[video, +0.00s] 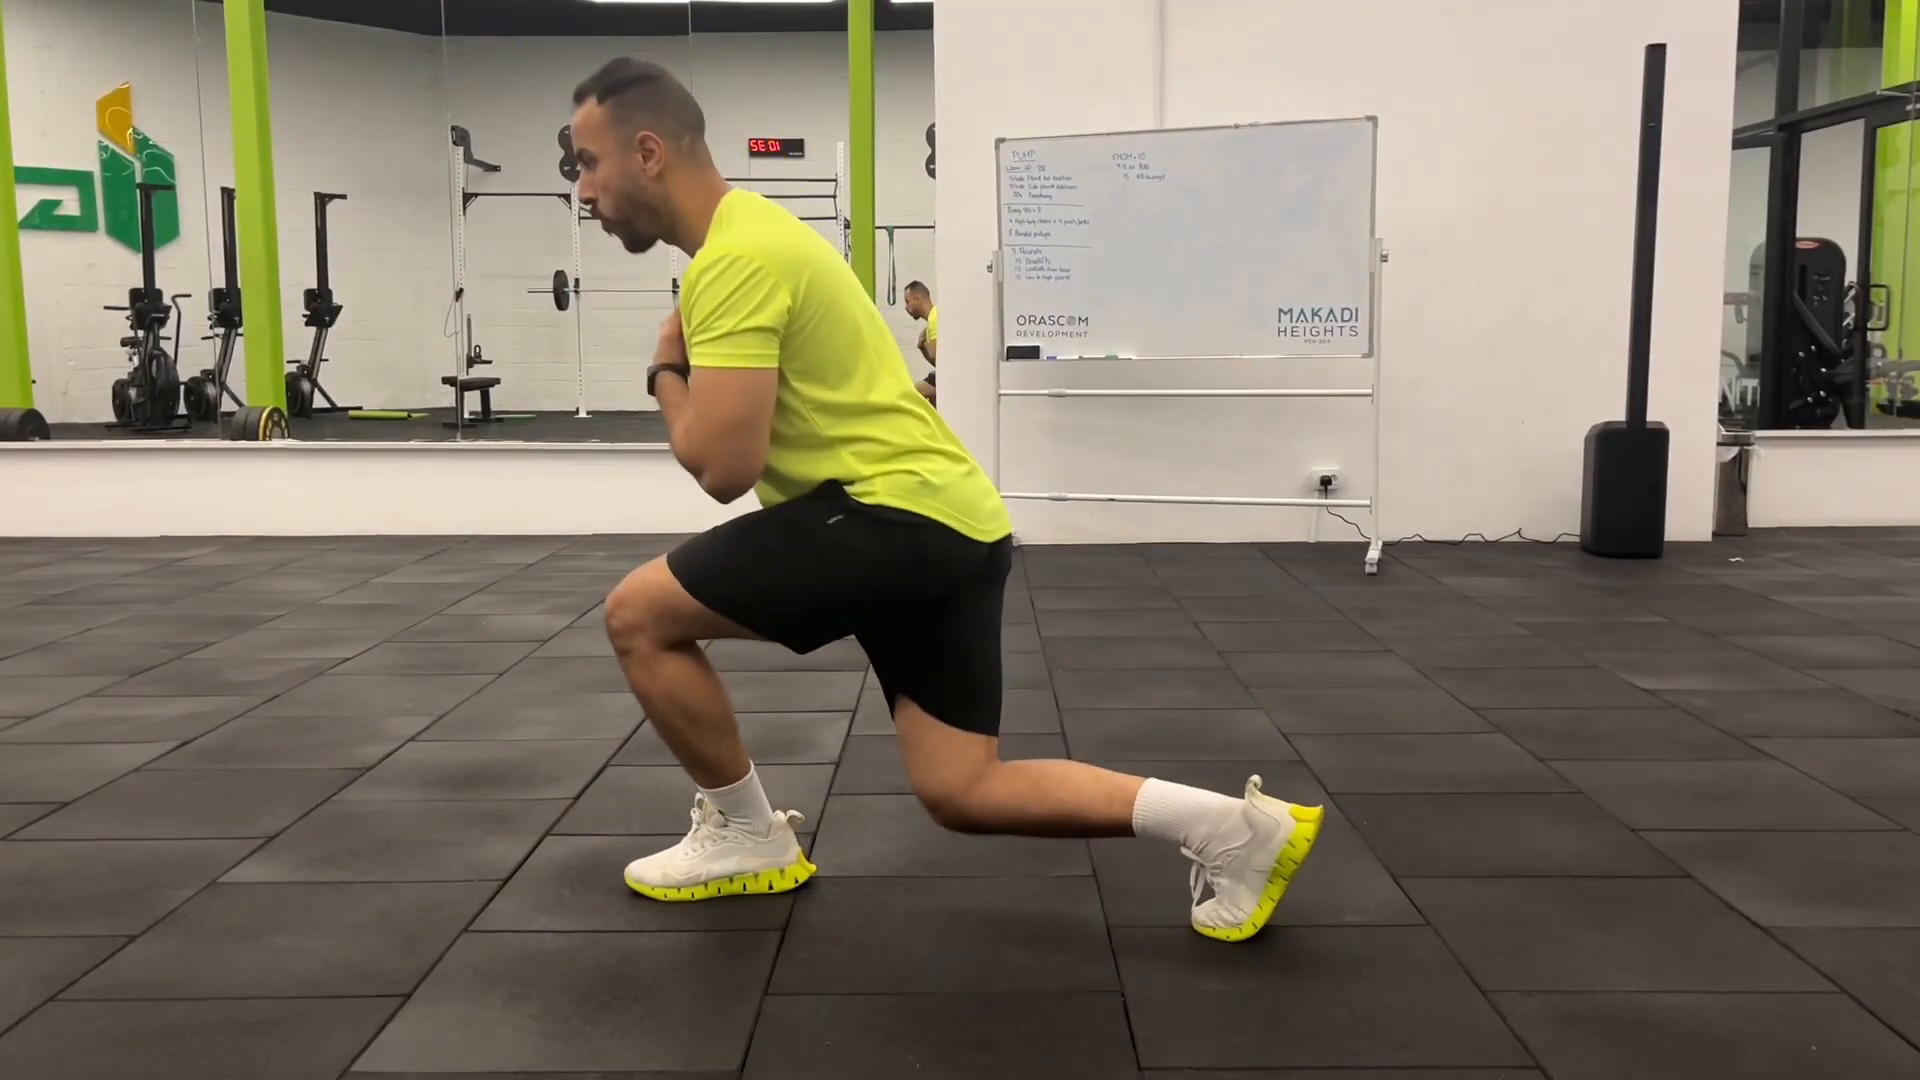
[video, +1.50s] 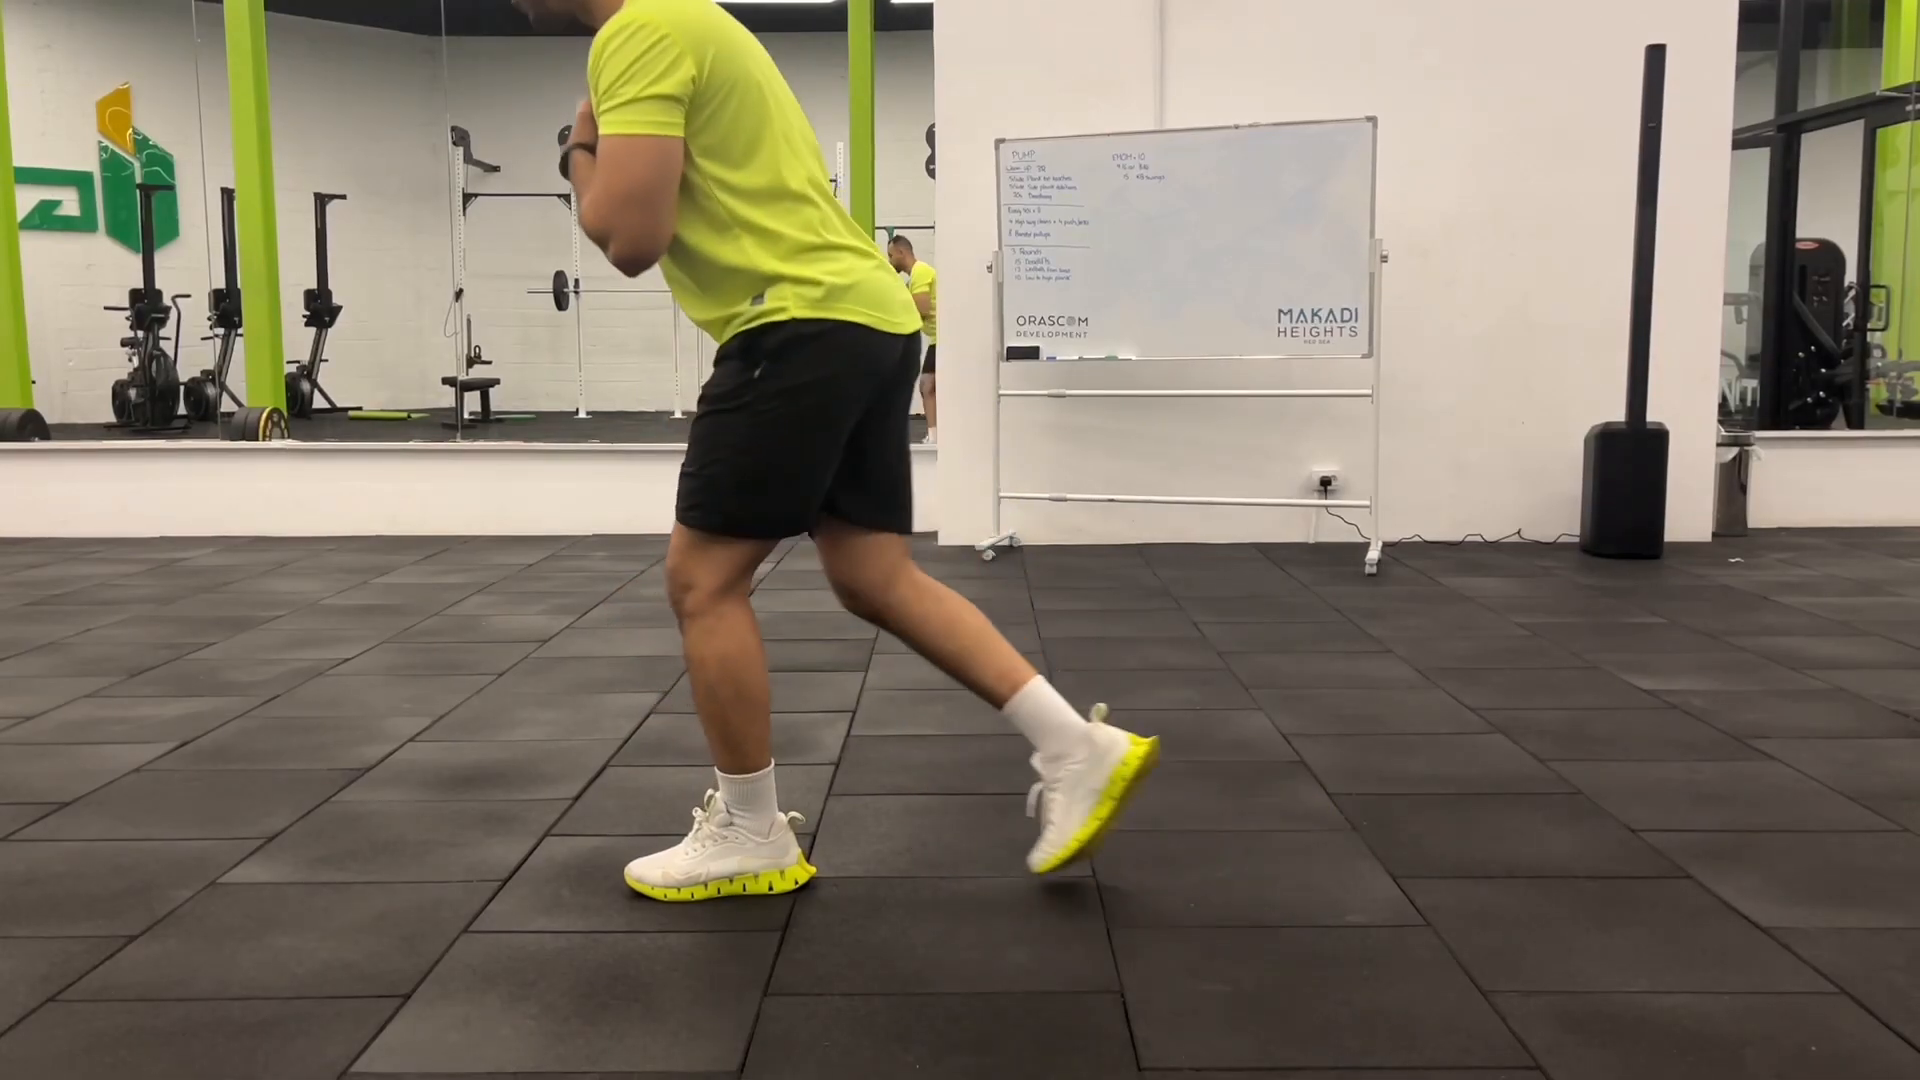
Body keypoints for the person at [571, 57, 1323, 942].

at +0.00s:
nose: (578, 193)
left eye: (585, 164)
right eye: (573, 168)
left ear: (649, 152)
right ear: (658, 154)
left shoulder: (741, 253)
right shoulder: (758, 237)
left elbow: (724, 465)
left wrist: (666, 379)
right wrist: (693, 383)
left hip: (887, 514)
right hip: (951, 518)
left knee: (640, 616)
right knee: (959, 787)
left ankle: (745, 834)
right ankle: (1232, 828)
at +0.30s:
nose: (619, 210)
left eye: (627, 184)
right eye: (616, 187)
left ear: (689, 178)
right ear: (696, 178)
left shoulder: (773, 286)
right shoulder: (800, 266)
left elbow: (741, 497)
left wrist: (691, 397)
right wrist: (722, 401)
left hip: (899, 551)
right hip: (965, 558)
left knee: (641, 616)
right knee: (949, 825)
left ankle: (745, 836)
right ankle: (1216, 823)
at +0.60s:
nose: (640, 210)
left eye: (649, 184)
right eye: (639, 186)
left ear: (710, 179)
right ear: (714, 179)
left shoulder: (788, 289)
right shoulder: (827, 270)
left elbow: (750, 498)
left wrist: (707, 394)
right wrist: (735, 400)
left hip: (904, 560)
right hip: (975, 568)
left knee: (647, 613)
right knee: (950, 830)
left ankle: (744, 833)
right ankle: (1216, 820)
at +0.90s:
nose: (629, 190)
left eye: (637, 163)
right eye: (627, 166)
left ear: (699, 157)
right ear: (705, 157)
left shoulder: (777, 262)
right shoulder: (811, 245)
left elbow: (745, 470)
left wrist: (703, 380)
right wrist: (728, 390)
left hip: (907, 530)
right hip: (975, 542)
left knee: (652, 610)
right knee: (958, 808)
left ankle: (745, 833)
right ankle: (1228, 822)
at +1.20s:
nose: (555, 100)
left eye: (557, 71)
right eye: (548, 76)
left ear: (617, 54)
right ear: (630, 57)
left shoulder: (702, 148)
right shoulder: (738, 135)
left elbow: (697, 358)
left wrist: (643, 279)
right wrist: (672, 282)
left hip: (869, 418)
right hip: (943, 417)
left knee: (668, 597)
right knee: (974, 674)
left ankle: (748, 834)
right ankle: (1227, 818)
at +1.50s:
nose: (527, 12)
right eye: (519, 2)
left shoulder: (641, 31)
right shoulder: (700, 27)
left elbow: (629, 237)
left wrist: (581, 152)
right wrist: (605, 146)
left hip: (792, 328)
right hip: (872, 323)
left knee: (704, 584)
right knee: (874, 575)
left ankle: (749, 829)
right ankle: (1075, 746)